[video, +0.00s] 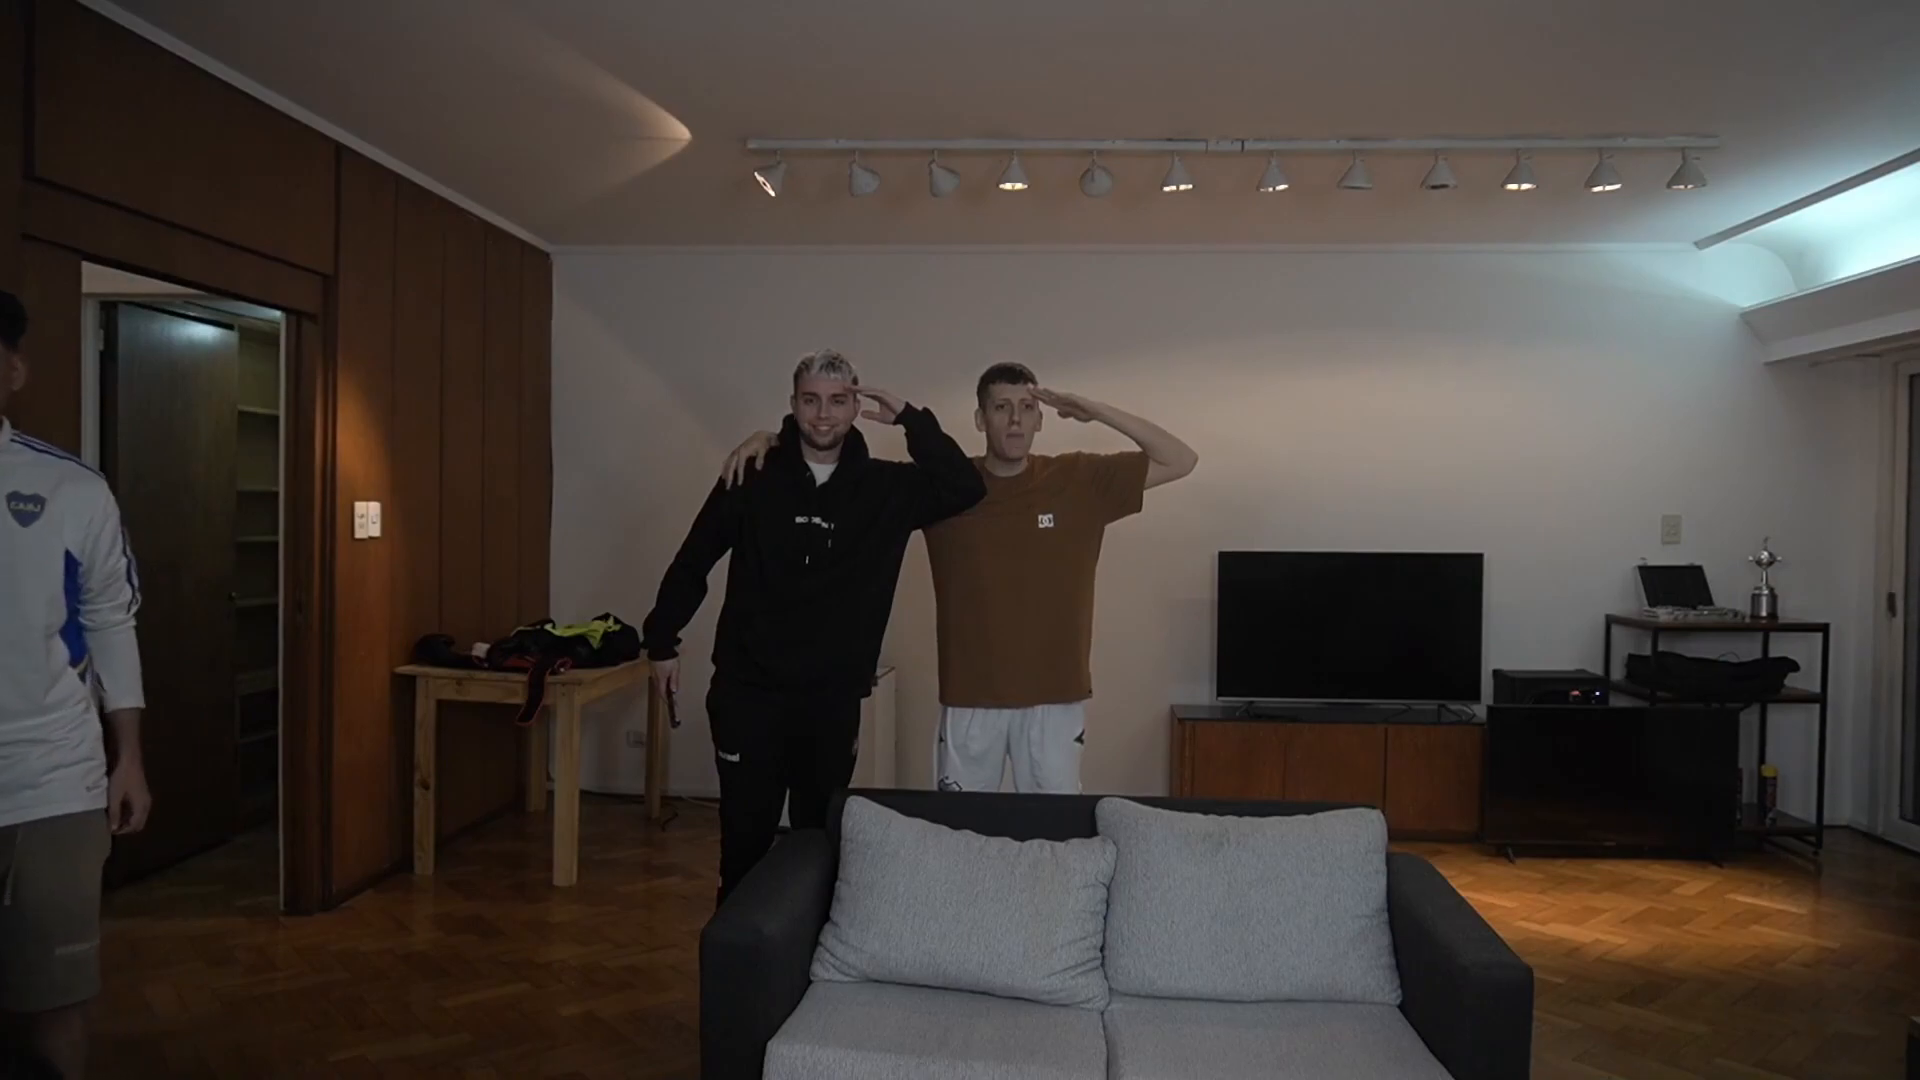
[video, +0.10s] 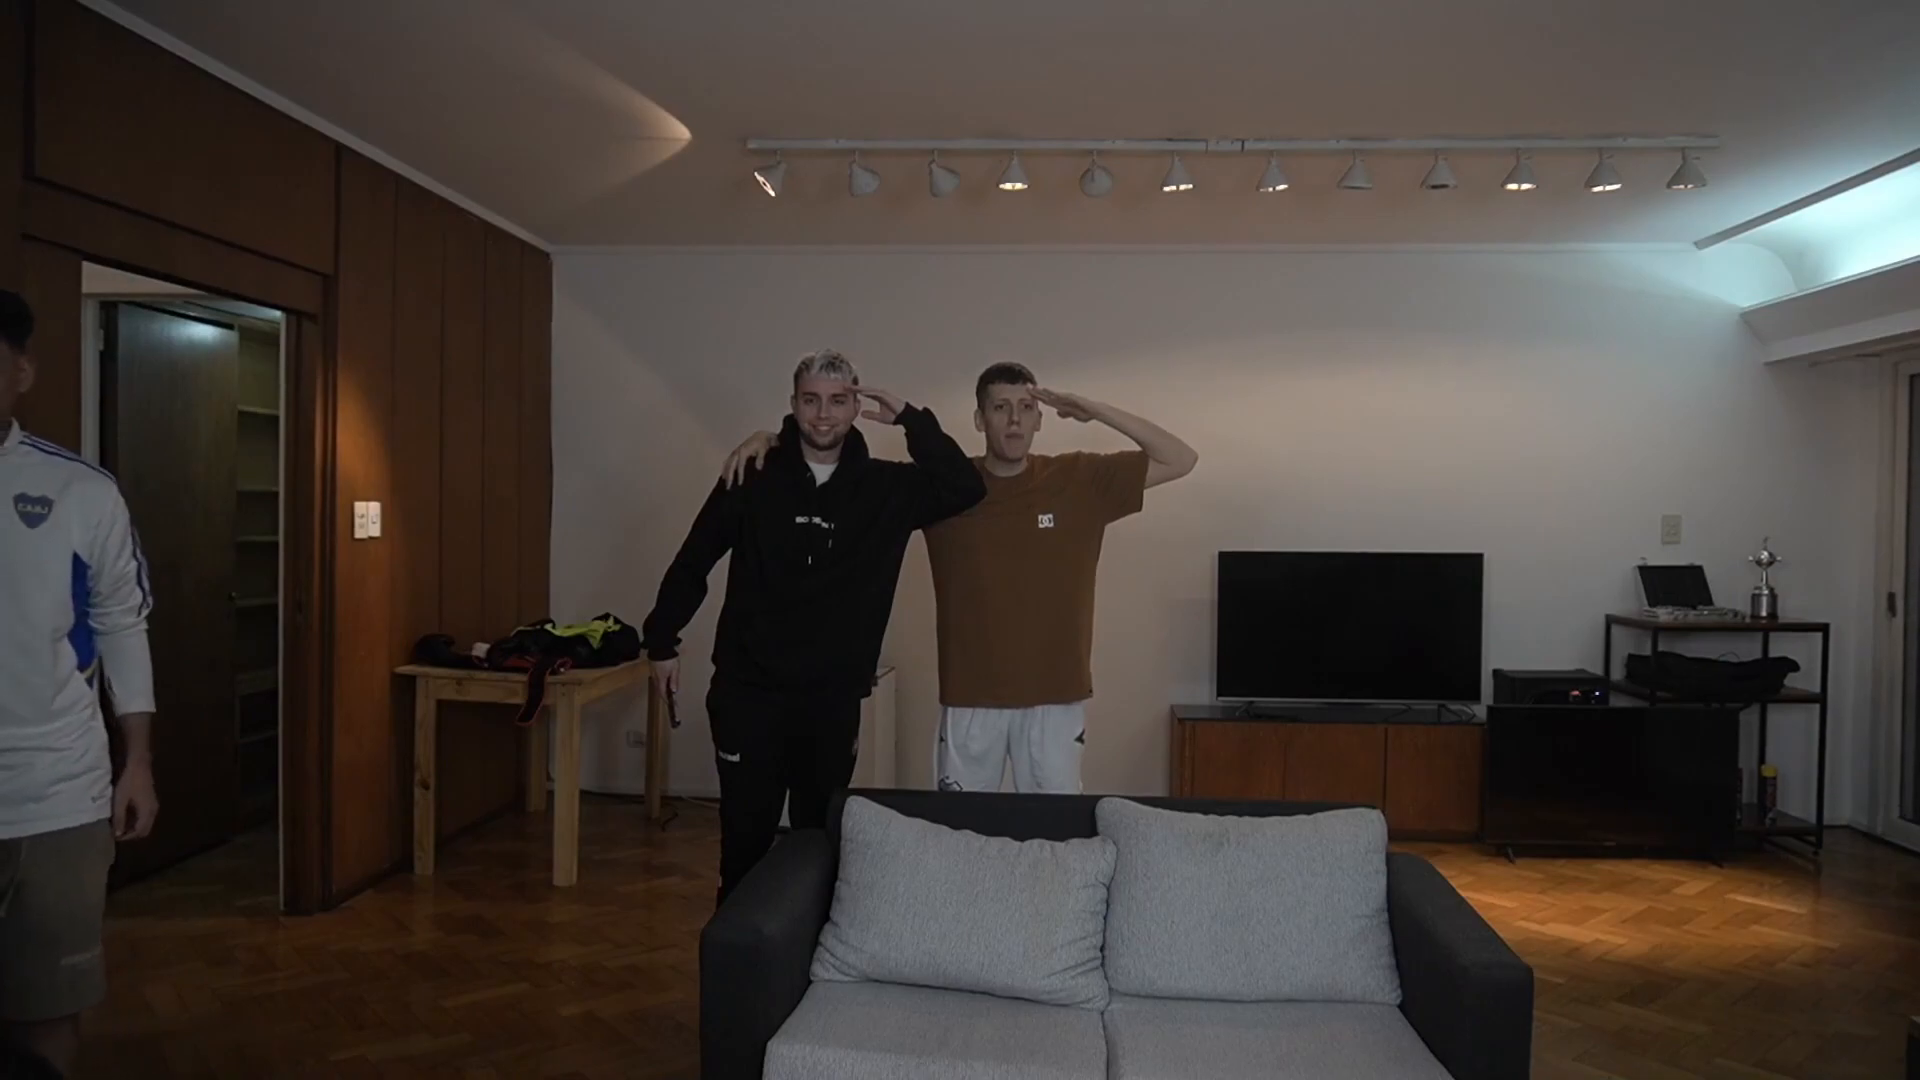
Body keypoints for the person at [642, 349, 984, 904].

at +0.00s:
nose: (823, 412)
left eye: (838, 400)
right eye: (811, 399)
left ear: (856, 409)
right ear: (793, 405)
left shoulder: (887, 486)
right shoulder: (753, 477)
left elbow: (965, 488)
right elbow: (694, 561)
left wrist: (913, 418)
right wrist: (661, 644)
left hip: (833, 693)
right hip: (748, 689)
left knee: (819, 836)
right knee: (747, 838)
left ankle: (815, 962)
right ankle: (738, 965)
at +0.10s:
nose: (823, 412)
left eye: (838, 399)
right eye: (811, 399)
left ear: (856, 409)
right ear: (793, 405)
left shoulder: (887, 486)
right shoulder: (753, 477)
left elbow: (965, 488)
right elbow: (694, 561)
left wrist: (913, 418)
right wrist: (661, 644)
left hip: (833, 693)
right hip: (748, 689)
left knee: (819, 836)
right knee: (747, 838)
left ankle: (815, 962)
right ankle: (739, 965)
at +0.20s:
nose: (824, 413)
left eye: (838, 400)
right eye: (811, 399)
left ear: (857, 409)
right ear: (793, 405)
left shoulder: (888, 486)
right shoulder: (753, 477)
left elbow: (965, 487)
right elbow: (694, 561)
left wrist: (913, 419)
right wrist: (662, 644)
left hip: (833, 693)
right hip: (749, 689)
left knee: (820, 837)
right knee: (747, 839)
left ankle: (816, 963)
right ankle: (738, 967)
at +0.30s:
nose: (824, 413)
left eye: (838, 400)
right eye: (811, 399)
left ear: (857, 409)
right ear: (793, 405)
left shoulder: (887, 486)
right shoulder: (753, 477)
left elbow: (965, 488)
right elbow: (695, 561)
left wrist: (914, 419)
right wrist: (662, 644)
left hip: (833, 692)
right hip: (749, 689)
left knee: (820, 836)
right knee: (747, 839)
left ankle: (816, 963)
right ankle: (738, 966)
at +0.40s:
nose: (824, 413)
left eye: (838, 400)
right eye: (811, 399)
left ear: (856, 409)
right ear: (793, 405)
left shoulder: (887, 487)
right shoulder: (753, 477)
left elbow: (965, 488)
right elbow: (695, 561)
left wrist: (913, 419)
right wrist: (663, 644)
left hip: (833, 692)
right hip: (749, 689)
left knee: (820, 837)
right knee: (747, 839)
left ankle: (816, 963)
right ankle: (738, 967)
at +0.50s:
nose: (824, 413)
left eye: (838, 400)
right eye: (811, 399)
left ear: (857, 409)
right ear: (794, 405)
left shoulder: (887, 487)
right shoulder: (754, 477)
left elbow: (965, 488)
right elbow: (696, 561)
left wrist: (913, 419)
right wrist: (663, 644)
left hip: (833, 692)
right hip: (749, 689)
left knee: (820, 837)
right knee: (746, 839)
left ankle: (816, 965)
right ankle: (738, 968)